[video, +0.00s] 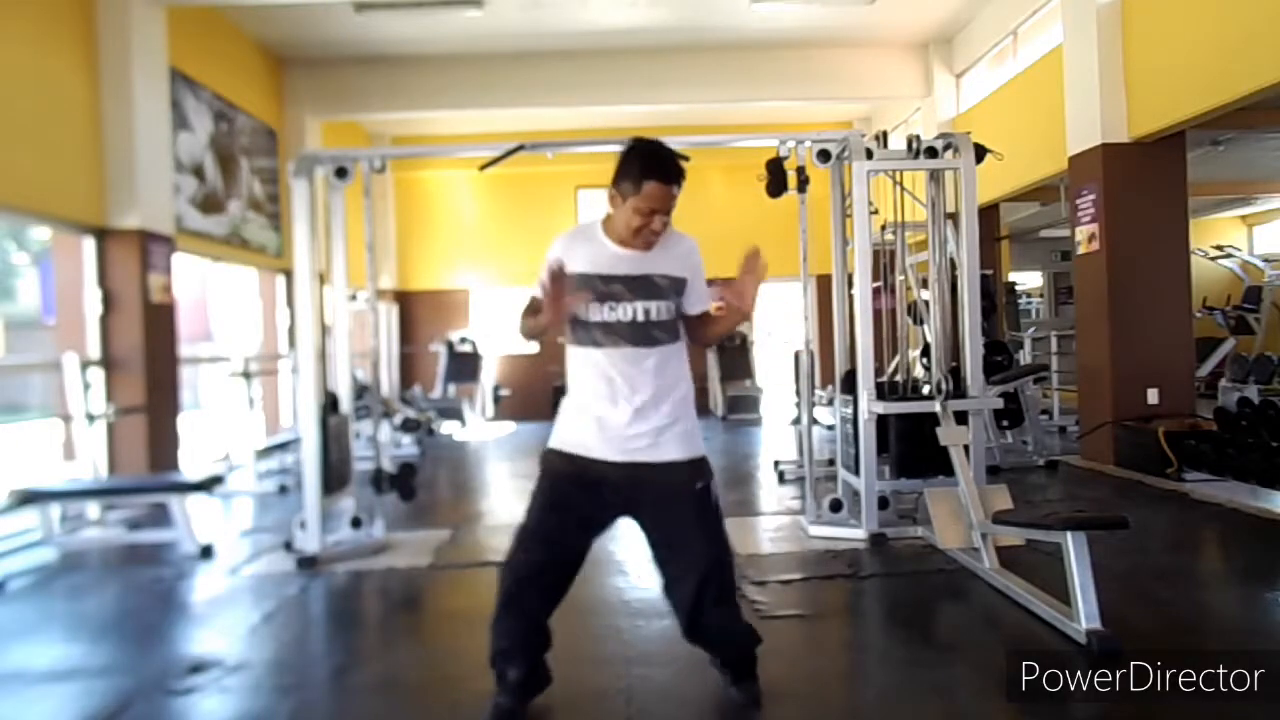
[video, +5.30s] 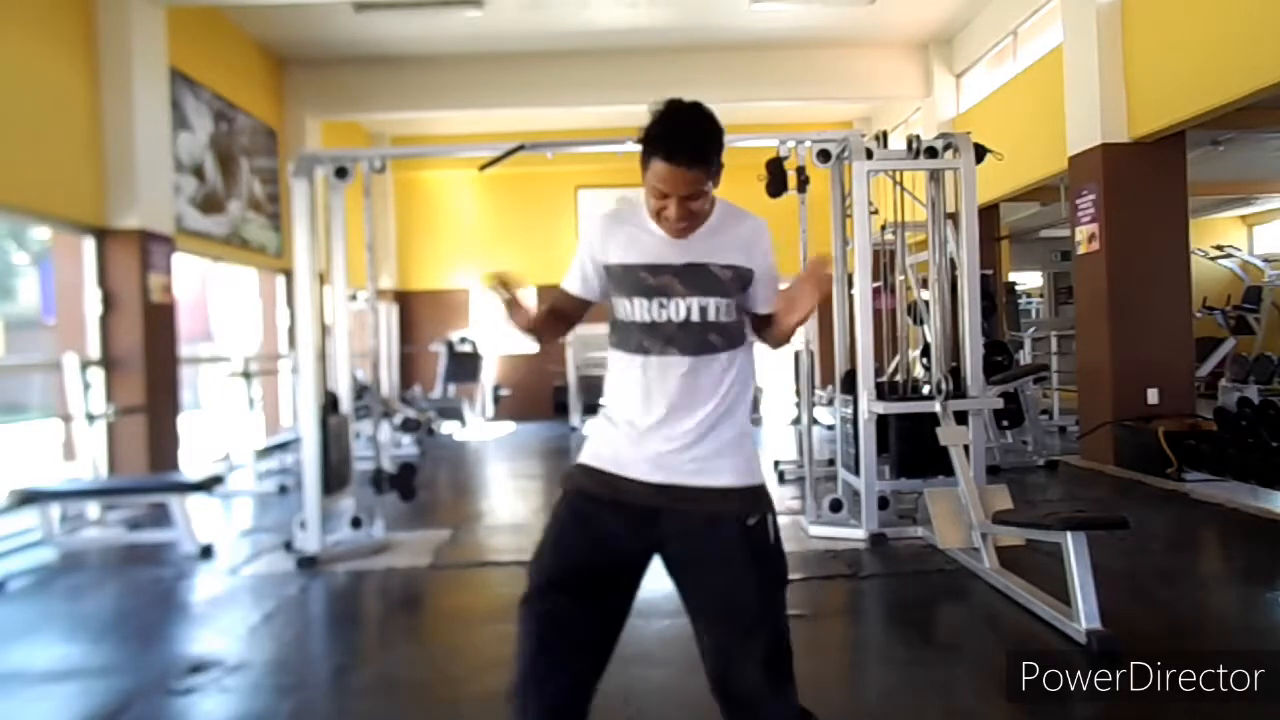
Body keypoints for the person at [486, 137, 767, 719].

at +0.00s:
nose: (658, 224)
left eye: (667, 212)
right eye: (647, 212)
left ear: (675, 203)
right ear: (615, 196)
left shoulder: (683, 253)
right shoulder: (572, 249)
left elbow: (699, 333)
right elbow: (530, 325)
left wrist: (734, 315)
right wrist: (548, 322)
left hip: (670, 452)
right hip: (582, 449)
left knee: (705, 584)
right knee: (526, 576)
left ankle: (740, 671)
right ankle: (514, 687)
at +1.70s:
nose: (635, 175)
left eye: (647, 165)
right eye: (623, 169)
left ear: (668, 179)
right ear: (608, 187)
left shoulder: (692, 256)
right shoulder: (579, 249)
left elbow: (725, 338)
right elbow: (527, 329)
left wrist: (767, 396)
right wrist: (509, 408)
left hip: (681, 453)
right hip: (591, 458)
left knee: (735, 582)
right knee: (573, 599)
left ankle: (747, 698)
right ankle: (540, 702)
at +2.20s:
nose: (617, 217)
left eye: (625, 201)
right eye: (608, 206)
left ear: (664, 178)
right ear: (603, 200)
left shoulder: (728, 242)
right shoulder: (601, 259)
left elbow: (766, 328)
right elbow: (563, 353)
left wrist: (738, 325)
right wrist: (497, 386)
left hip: (700, 485)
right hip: (601, 480)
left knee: (742, 650)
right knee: (556, 624)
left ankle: (766, 712)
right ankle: (556, 710)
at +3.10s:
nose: (647, 149)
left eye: (661, 135)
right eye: (629, 137)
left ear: (682, 148)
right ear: (610, 155)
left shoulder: (723, 232)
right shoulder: (585, 231)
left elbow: (741, 329)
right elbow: (539, 318)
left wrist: (814, 329)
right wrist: (558, 336)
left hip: (715, 479)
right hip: (608, 482)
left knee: (769, 664)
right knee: (575, 672)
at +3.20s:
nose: (650, 159)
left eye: (664, 144)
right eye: (633, 147)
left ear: (683, 156)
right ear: (613, 164)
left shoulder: (725, 240)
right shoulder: (587, 249)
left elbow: (769, 333)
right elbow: (531, 337)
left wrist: (816, 396)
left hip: (710, 484)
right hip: (601, 490)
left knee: (783, 656)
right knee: (567, 674)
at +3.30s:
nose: (657, 157)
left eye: (670, 142)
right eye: (639, 147)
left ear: (693, 154)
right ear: (620, 167)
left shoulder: (731, 233)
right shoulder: (594, 249)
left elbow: (757, 321)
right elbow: (547, 333)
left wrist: (758, 338)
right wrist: (485, 360)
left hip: (717, 491)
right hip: (608, 492)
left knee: (766, 678)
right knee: (565, 676)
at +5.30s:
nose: (675, 211)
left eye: (692, 198)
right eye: (661, 196)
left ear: (715, 178)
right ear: (642, 172)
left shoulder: (748, 235)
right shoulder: (608, 227)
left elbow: (771, 331)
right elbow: (563, 315)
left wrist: (805, 294)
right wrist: (531, 316)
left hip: (720, 483)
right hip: (612, 475)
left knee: (755, 679)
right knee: (551, 654)